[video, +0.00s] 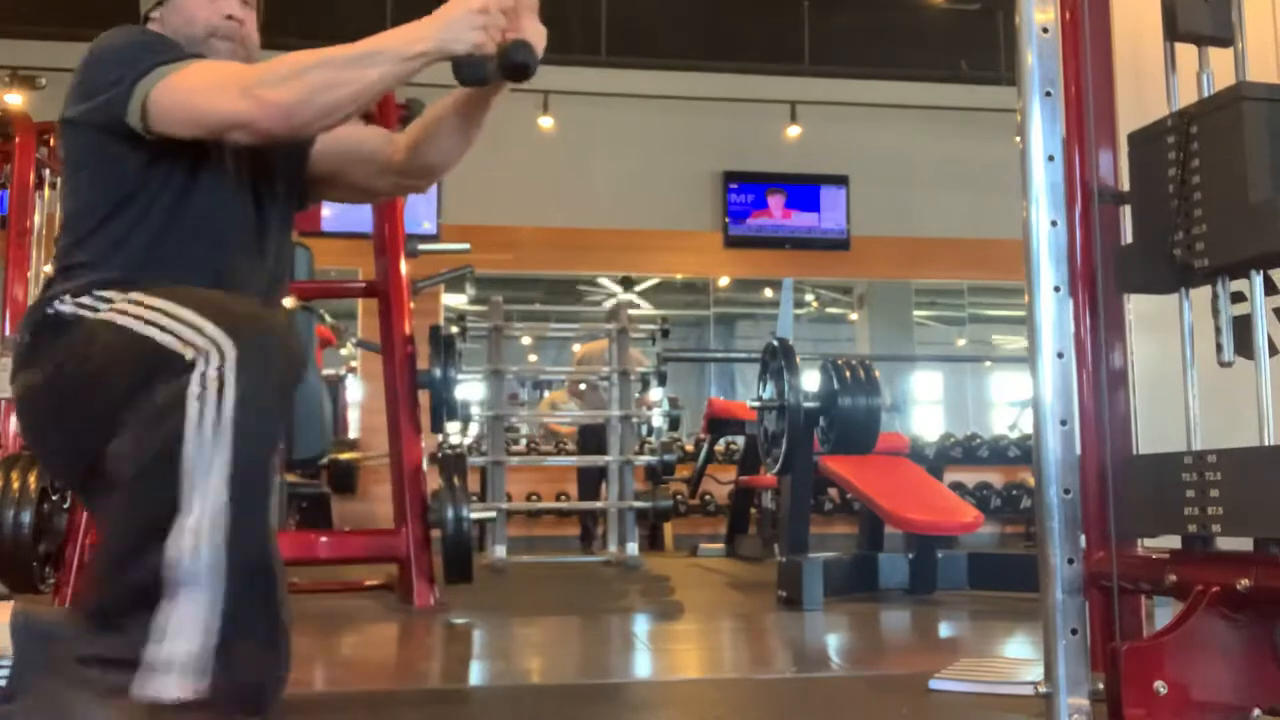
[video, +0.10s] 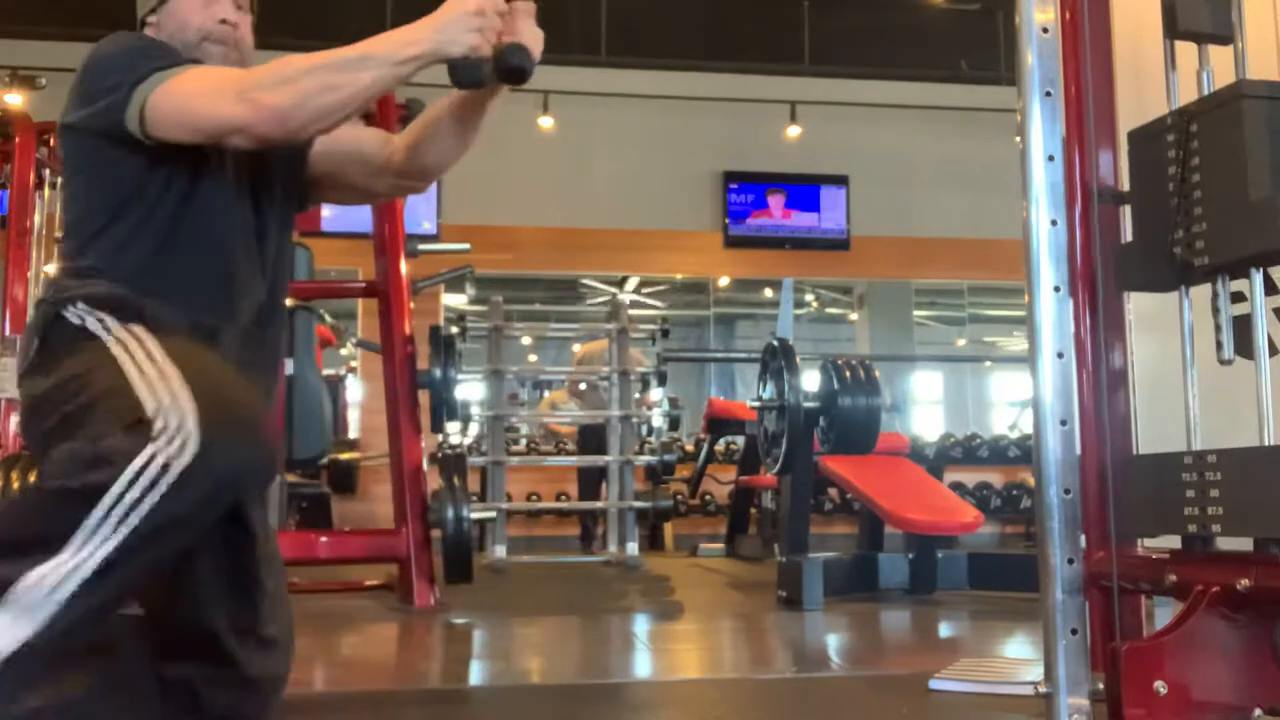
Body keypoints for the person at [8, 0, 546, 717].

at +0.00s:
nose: (243, 10)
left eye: (250, 4)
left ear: (261, 28)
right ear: (162, 9)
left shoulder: (273, 125)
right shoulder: (119, 59)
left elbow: (403, 162)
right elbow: (264, 102)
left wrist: (488, 79)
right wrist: (432, 35)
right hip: (87, 328)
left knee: (239, 662)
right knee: (239, 345)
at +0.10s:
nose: (232, 14)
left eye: (243, 4)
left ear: (255, 28)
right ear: (156, 11)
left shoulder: (271, 133)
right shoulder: (117, 65)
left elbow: (401, 163)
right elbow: (258, 108)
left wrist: (485, 77)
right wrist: (423, 37)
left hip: (224, 393)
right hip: (104, 334)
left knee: (235, 667)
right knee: (198, 439)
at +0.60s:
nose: (249, 7)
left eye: (258, 0)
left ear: (269, 27)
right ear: (166, 3)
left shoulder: (270, 124)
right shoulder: (134, 56)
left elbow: (410, 169)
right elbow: (288, 119)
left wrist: (507, 99)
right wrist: (463, 56)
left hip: (211, 450)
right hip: (100, 417)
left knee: (242, 675)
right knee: (107, 684)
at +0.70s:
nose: (266, 5)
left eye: (274, 0)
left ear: (281, 24)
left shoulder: (265, 120)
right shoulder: (141, 55)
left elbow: (421, 179)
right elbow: (309, 129)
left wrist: (521, 104)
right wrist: (481, 65)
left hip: (207, 456)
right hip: (92, 427)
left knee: (242, 681)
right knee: (110, 692)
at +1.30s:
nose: (458, 66)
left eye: (458, 45)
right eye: (437, 38)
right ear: (358, 42)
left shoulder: (396, 179)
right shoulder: (271, 103)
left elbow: (520, 308)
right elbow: (425, 254)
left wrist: (620, 243)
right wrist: (607, 206)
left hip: (215, 486)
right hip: (76, 451)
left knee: (254, 688)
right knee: (111, 702)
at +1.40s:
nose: (483, 110)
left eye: (485, 86)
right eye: (466, 80)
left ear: (414, 87)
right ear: (392, 73)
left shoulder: (417, 203)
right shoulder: (297, 127)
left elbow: (520, 350)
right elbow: (420, 296)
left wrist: (622, 280)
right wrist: (608, 253)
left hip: (208, 485)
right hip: (76, 449)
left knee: (255, 685)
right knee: (111, 700)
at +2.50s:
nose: (564, 482)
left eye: (577, 461)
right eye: (563, 451)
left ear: (506, 417)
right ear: (505, 415)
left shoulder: (458, 464)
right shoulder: (369, 427)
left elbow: (455, 625)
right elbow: (336, 667)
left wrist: (549, 646)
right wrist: (528, 662)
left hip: (168, 500)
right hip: (46, 449)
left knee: (238, 685)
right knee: (82, 703)